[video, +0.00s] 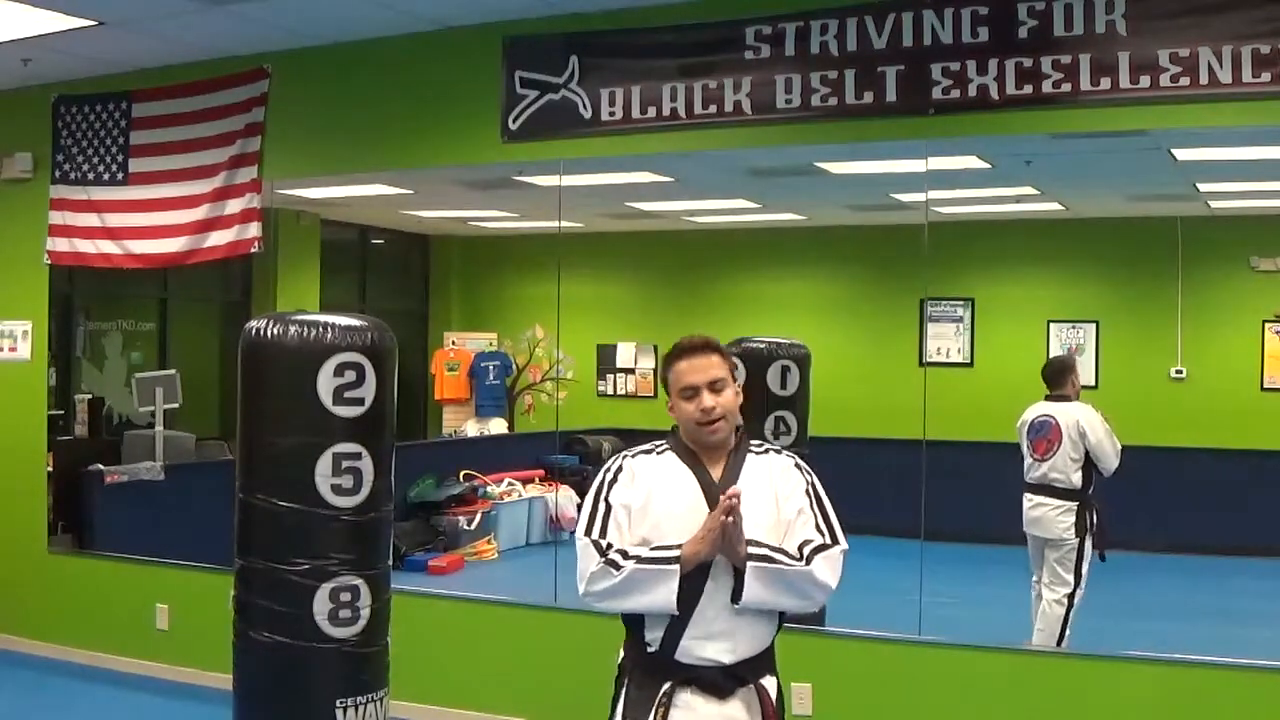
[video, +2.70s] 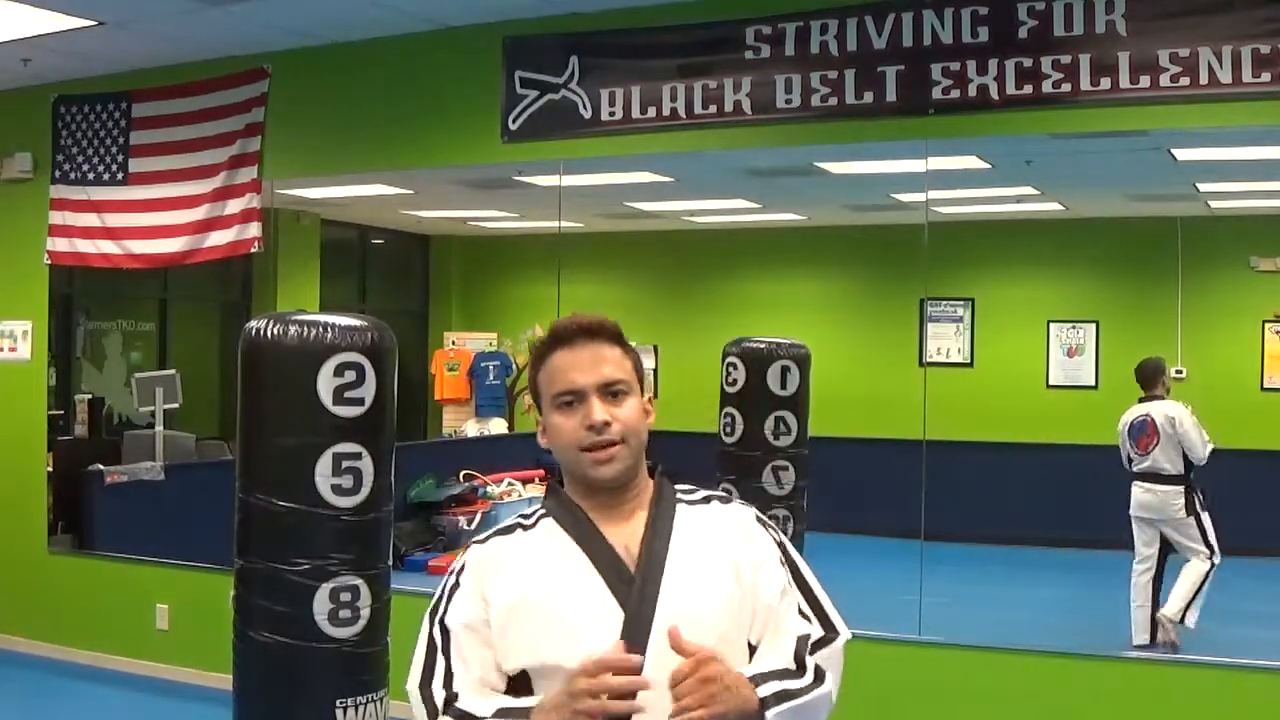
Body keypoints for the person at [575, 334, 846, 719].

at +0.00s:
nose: (707, 404)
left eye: (717, 388)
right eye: (690, 394)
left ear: (738, 392)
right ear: (671, 407)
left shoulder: (787, 474)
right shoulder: (627, 473)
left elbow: (819, 581)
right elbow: (596, 577)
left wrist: (745, 556)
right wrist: (686, 555)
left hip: (750, 694)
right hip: (655, 692)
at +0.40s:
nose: (641, 413)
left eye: (654, 395)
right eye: (625, 403)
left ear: (685, 395)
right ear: (615, 412)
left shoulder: (749, 469)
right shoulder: (586, 486)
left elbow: (792, 579)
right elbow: (560, 601)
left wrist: (695, 567)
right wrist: (639, 578)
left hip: (723, 696)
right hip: (623, 697)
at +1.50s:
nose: (689, 424)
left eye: (709, 407)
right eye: (673, 403)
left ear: (736, 414)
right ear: (650, 402)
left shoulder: (779, 508)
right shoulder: (584, 487)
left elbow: (808, 643)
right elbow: (515, 601)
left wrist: (700, 607)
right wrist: (612, 590)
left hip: (718, 710)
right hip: (600, 709)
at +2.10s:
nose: (700, 438)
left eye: (723, 416)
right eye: (683, 417)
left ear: (762, 416)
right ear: (665, 415)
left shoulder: (822, 525)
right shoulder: (609, 512)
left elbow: (859, 679)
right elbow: (544, 639)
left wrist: (735, 668)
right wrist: (616, 662)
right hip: (627, 714)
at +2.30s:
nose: (681, 424)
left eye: (697, 400)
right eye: (656, 409)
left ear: (729, 409)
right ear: (632, 429)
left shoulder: (805, 537)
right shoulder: (569, 539)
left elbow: (866, 679)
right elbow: (500, 678)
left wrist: (776, 681)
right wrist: (547, 667)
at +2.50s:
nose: (627, 415)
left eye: (642, 391)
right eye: (601, 402)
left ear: (677, 406)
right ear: (578, 428)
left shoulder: (766, 531)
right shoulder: (522, 553)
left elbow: (841, 659)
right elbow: (452, 699)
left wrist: (794, 678)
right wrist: (487, 703)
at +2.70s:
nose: (597, 418)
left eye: (614, 393)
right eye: (569, 402)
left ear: (648, 408)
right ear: (543, 429)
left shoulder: (739, 533)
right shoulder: (491, 564)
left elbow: (818, 661)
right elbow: (444, 703)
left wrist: (753, 695)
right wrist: (548, 709)